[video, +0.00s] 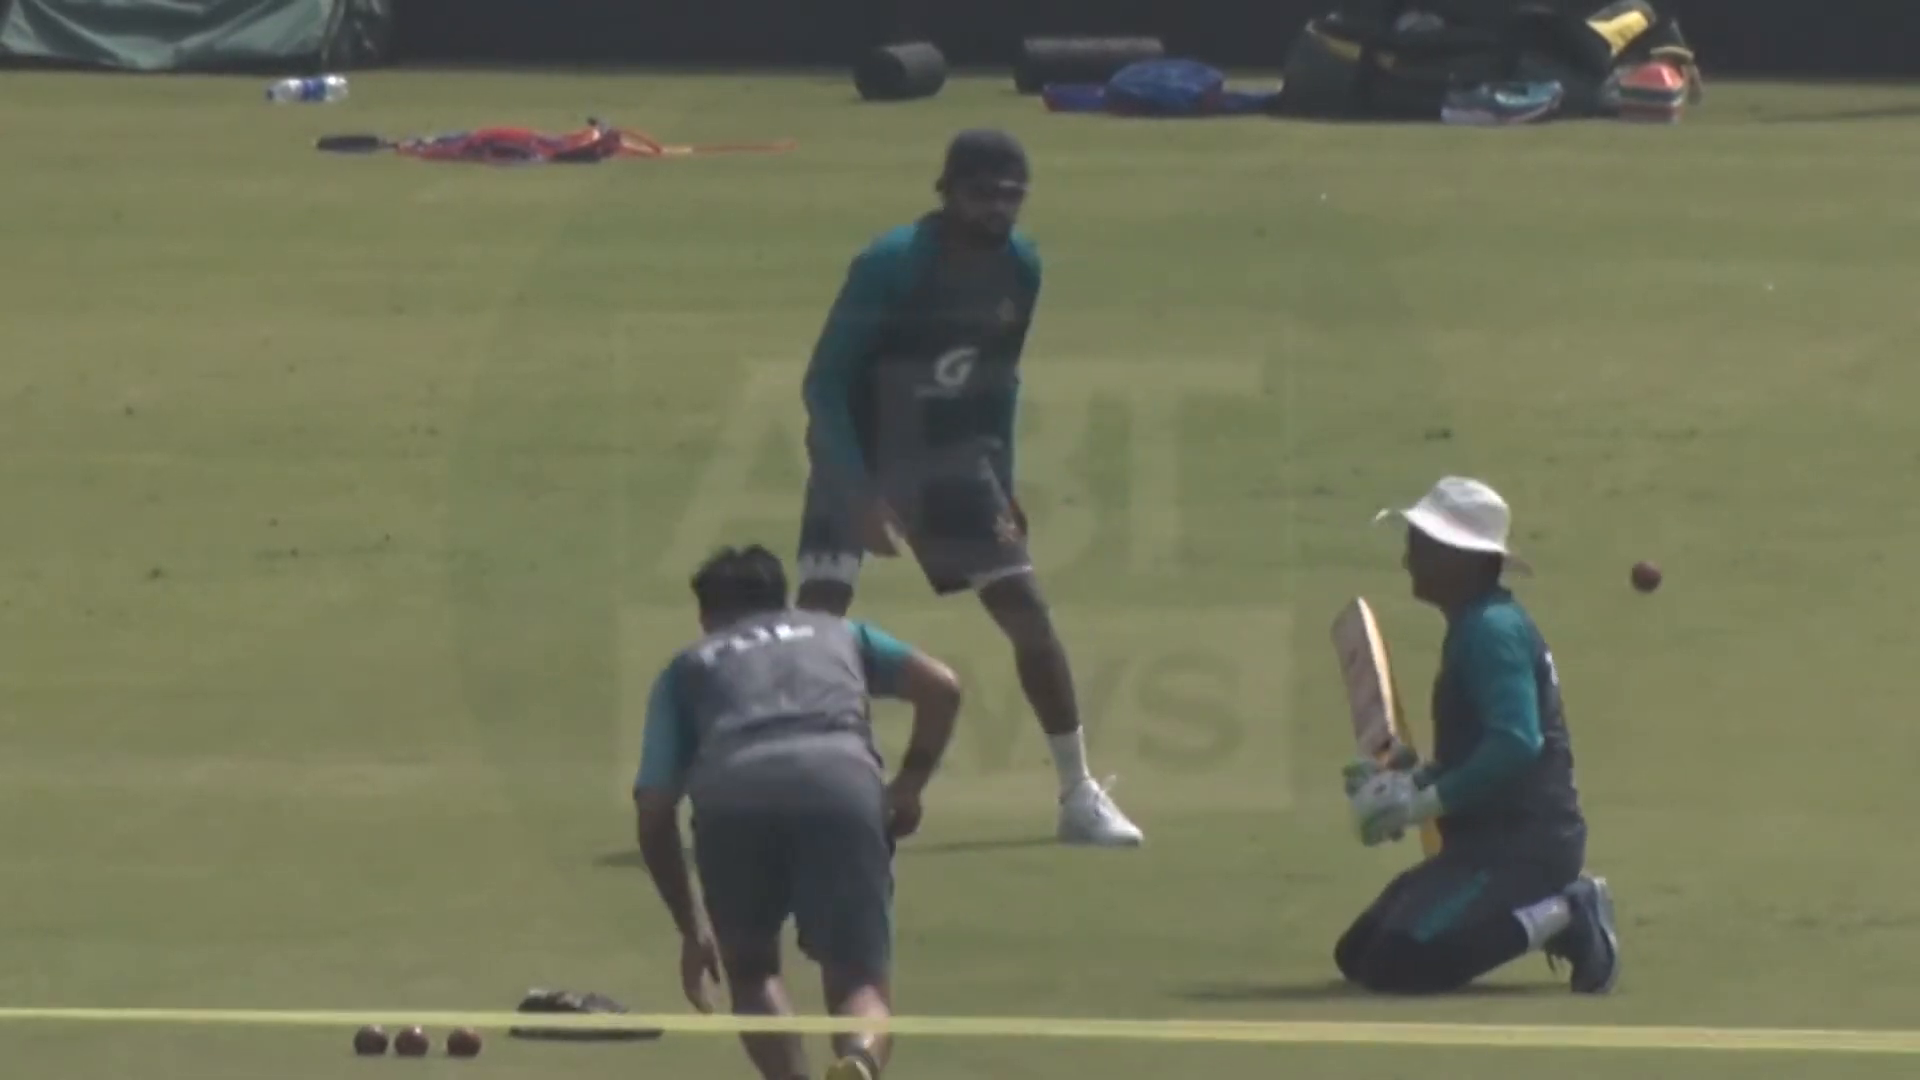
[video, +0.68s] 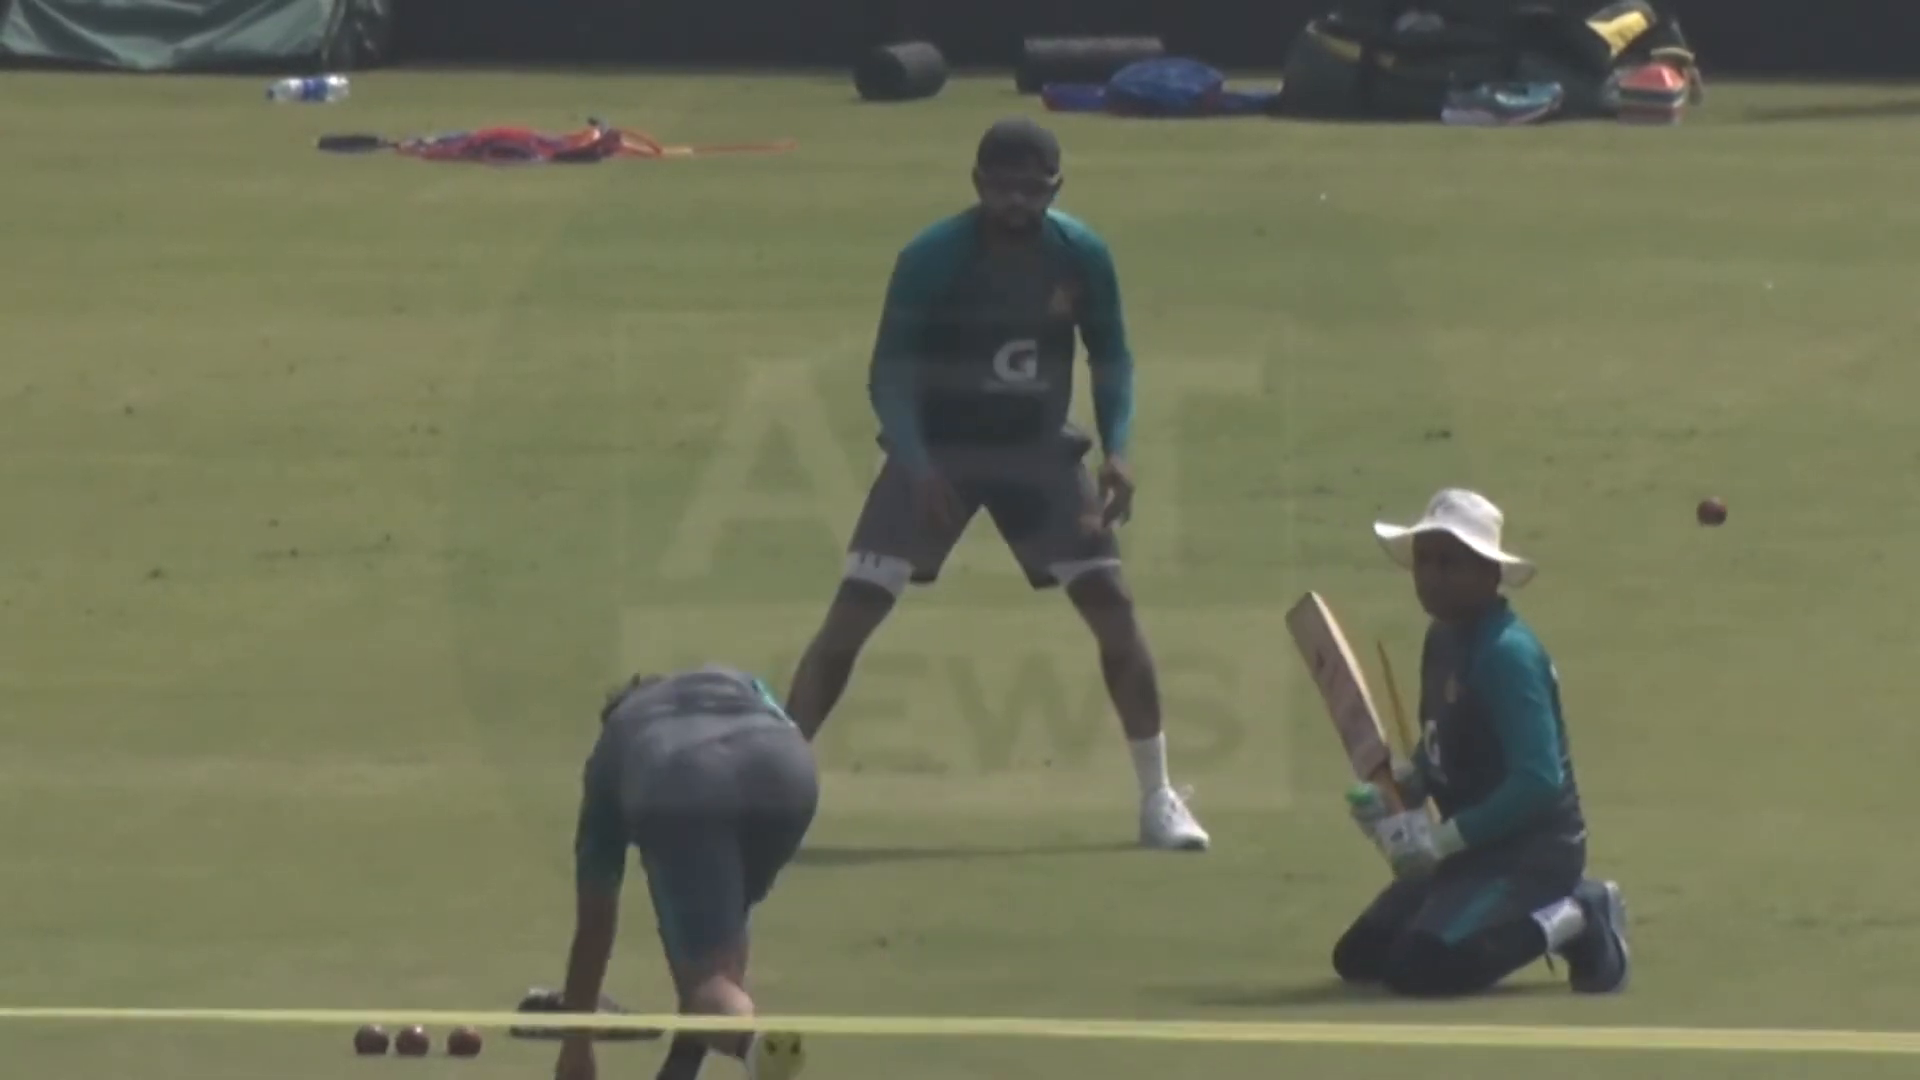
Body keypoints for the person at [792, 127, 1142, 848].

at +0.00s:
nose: (1000, 209)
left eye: (1012, 195)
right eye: (985, 194)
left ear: (1024, 199)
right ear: (949, 191)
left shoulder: (1019, 269)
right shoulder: (888, 264)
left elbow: (1001, 388)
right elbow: (823, 382)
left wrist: (1004, 490)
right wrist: (854, 491)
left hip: (958, 460)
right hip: (860, 457)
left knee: (1026, 612)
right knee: (822, 613)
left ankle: (1079, 792)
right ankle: (788, 792)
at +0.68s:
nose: (1018, 205)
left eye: (1033, 190)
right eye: (1003, 189)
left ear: (1056, 187)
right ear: (977, 184)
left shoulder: (1082, 257)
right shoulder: (929, 260)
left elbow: (1110, 355)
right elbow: (889, 378)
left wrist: (1115, 453)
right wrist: (918, 468)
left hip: (1038, 455)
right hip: (934, 455)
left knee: (1112, 608)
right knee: (854, 613)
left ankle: (1159, 797)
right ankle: (773, 779)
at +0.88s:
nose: (996, 169)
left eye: (1011, 156)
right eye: (981, 155)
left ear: (1030, 157)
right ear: (956, 153)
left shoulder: (1053, 233)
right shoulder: (911, 235)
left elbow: (1102, 342)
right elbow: (862, 351)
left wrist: (1107, 335)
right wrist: (910, 399)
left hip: (1019, 458)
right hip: (917, 456)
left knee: (1100, 612)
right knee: (844, 614)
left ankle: (1158, 800)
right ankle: (770, 787)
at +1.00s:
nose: (987, 156)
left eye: (1000, 142)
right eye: (972, 141)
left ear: (1020, 140)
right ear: (943, 136)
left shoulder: (1043, 219)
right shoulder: (899, 223)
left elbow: (1109, 322)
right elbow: (852, 338)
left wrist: (1098, 240)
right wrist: (901, 352)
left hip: (1012, 451)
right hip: (911, 452)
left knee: (1088, 615)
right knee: (841, 618)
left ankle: (1155, 798)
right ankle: (766, 791)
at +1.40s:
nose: (977, 138)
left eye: (991, 125)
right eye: (962, 121)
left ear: (1010, 133)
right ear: (933, 124)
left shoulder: (1027, 205)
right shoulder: (891, 216)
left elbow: (1113, 221)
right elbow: (843, 327)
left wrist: (1040, 134)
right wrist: (874, 361)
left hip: (1016, 440)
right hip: (918, 442)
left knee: (1079, 622)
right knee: (852, 620)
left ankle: (1156, 798)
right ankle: (776, 781)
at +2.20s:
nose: (982, 140)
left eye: (996, 128)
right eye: (968, 126)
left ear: (1012, 135)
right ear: (936, 126)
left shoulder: (1035, 204)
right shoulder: (894, 221)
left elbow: (1128, 270)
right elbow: (853, 339)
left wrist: (1089, 204)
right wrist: (878, 393)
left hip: (1021, 439)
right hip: (922, 442)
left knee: (1079, 621)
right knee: (858, 608)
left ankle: (1155, 798)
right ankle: (782, 763)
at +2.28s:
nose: (979, 143)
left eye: (993, 130)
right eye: (965, 129)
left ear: (1011, 135)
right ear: (934, 127)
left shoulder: (1037, 206)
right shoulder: (895, 222)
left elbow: (1126, 297)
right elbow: (853, 342)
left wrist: (1078, 267)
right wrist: (880, 401)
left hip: (1022, 442)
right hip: (923, 446)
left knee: (1080, 623)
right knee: (849, 615)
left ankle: (1155, 798)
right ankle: (778, 772)